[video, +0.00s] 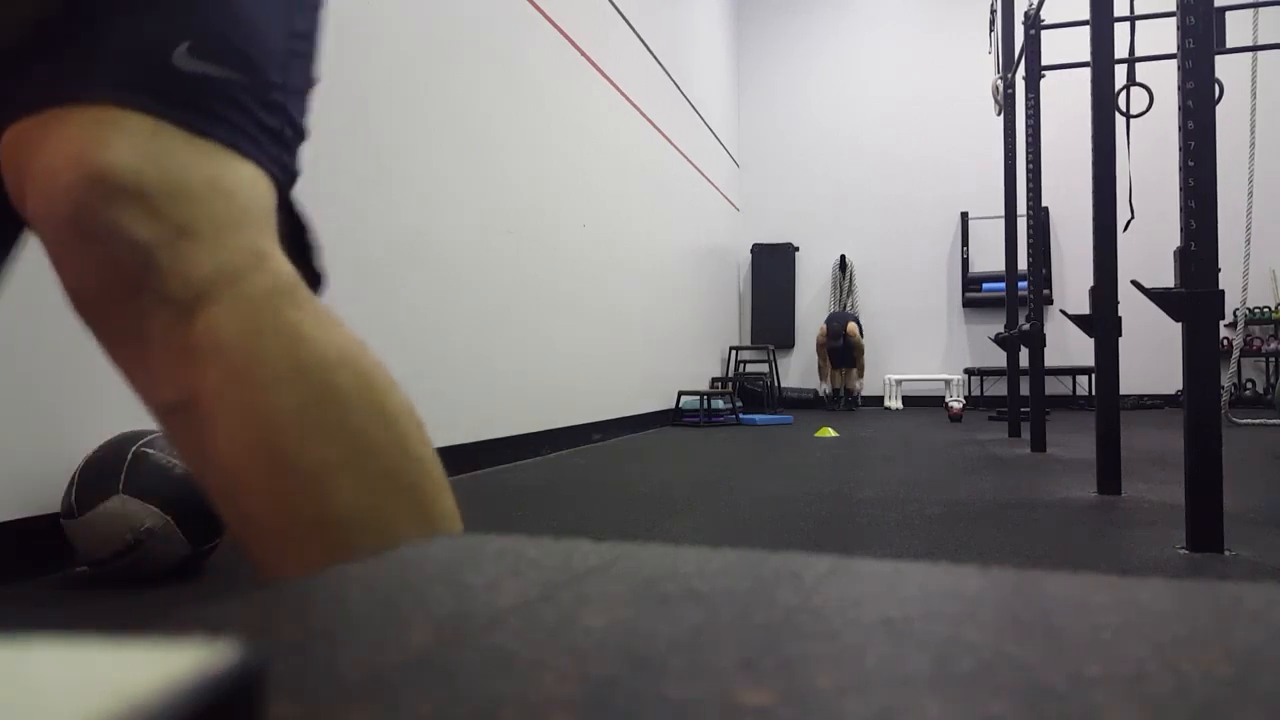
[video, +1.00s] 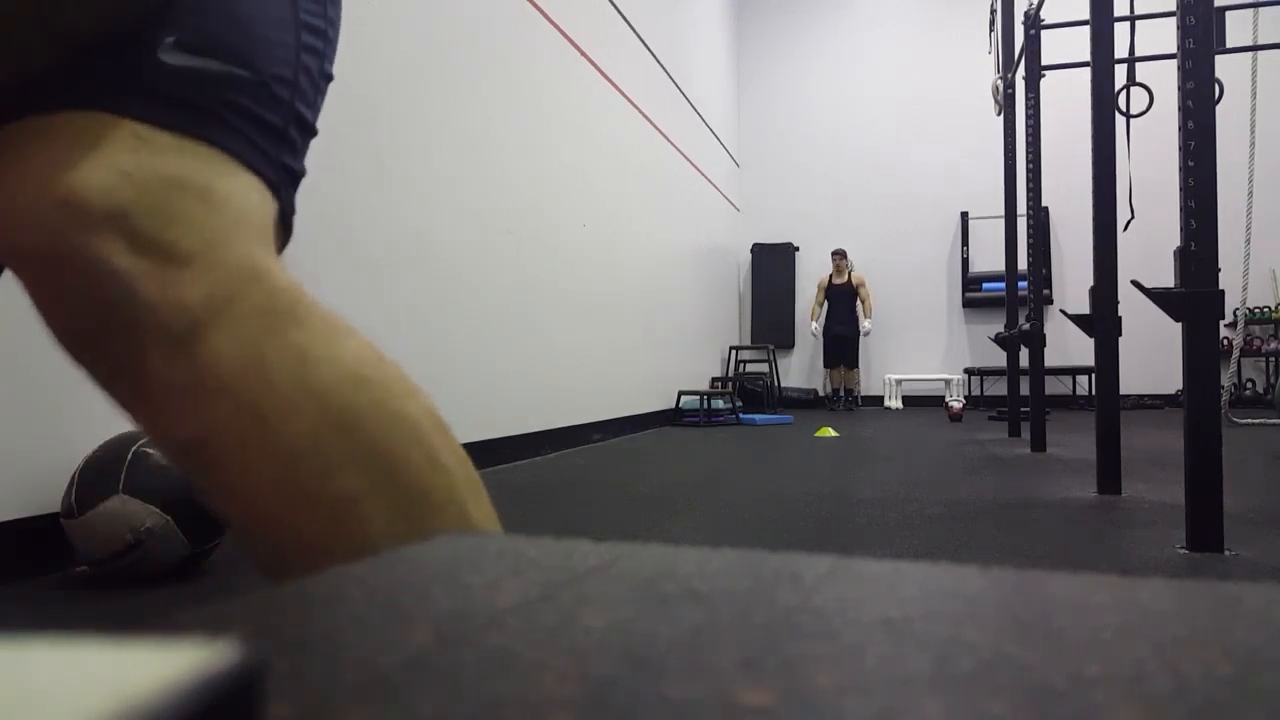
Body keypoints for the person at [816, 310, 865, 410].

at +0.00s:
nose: (835, 342)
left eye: (837, 340)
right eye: (832, 340)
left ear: (843, 333)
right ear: (827, 334)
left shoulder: (852, 331)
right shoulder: (822, 334)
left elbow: (860, 356)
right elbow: (822, 360)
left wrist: (860, 378)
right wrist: (823, 382)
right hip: (832, 343)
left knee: (850, 368)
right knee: (835, 369)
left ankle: (848, 398)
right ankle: (835, 398)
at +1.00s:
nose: (837, 263)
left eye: (840, 260)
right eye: (834, 260)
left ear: (846, 261)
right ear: (831, 262)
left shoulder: (856, 279)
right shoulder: (825, 282)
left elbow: (865, 300)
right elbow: (818, 303)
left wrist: (867, 319)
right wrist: (814, 321)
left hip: (850, 327)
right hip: (831, 328)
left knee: (849, 365)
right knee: (834, 365)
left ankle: (849, 398)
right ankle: (835, 397)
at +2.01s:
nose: (857, 267)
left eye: (860, 264)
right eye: (854, 264)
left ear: (864, 266)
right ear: (850, 265)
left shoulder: (873, 283)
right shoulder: (840, 282)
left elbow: (878, 305)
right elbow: (835, 302)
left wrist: (878, 322)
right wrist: (830, 314)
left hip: (862, 329)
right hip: (842, 328)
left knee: (863, 366)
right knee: (838, 364)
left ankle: (865, 396)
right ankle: (837, 396)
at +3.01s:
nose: (838, 266)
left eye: (841, 262)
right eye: (836, 263)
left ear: (848, 264)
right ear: (832, 265)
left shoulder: (858, 282)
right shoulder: (826, 284)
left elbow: (867, 302)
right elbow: (820, 306)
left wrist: (868, 322)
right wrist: (814, 324)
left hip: (853, 328)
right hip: (833, 329)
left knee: (857, 367)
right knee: (829, 367)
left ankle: (862, 398)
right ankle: (826, 399)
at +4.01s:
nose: (833, 266)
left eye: (836, 263)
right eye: (830, 263)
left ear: (842, 264)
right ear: (826, 265)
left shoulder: (852, 282)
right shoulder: (819, 284)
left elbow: (857, 305)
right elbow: (814, 307)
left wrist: (860, 325)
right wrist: (812, 327)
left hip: (849, 329)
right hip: (828, 330)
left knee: (857, 366)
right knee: (826, 367)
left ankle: (863, 398)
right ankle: (824, 399)